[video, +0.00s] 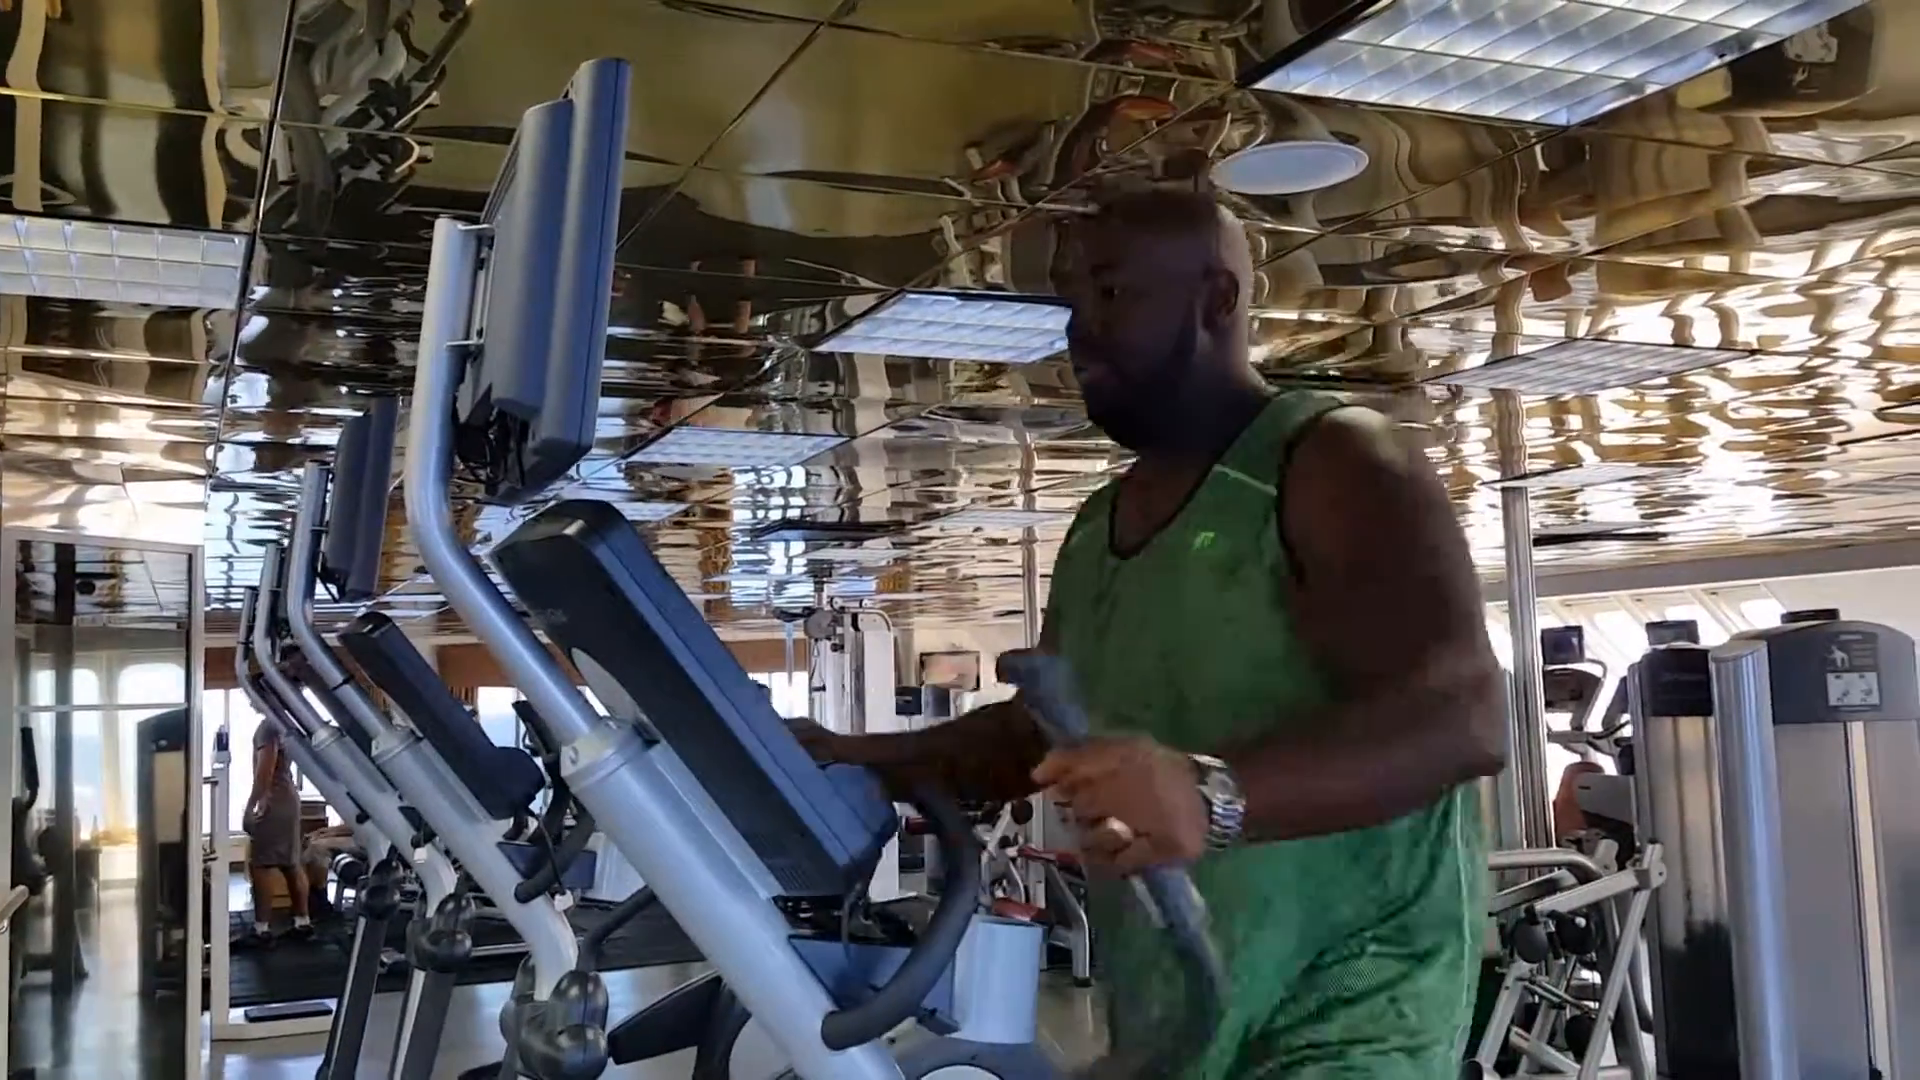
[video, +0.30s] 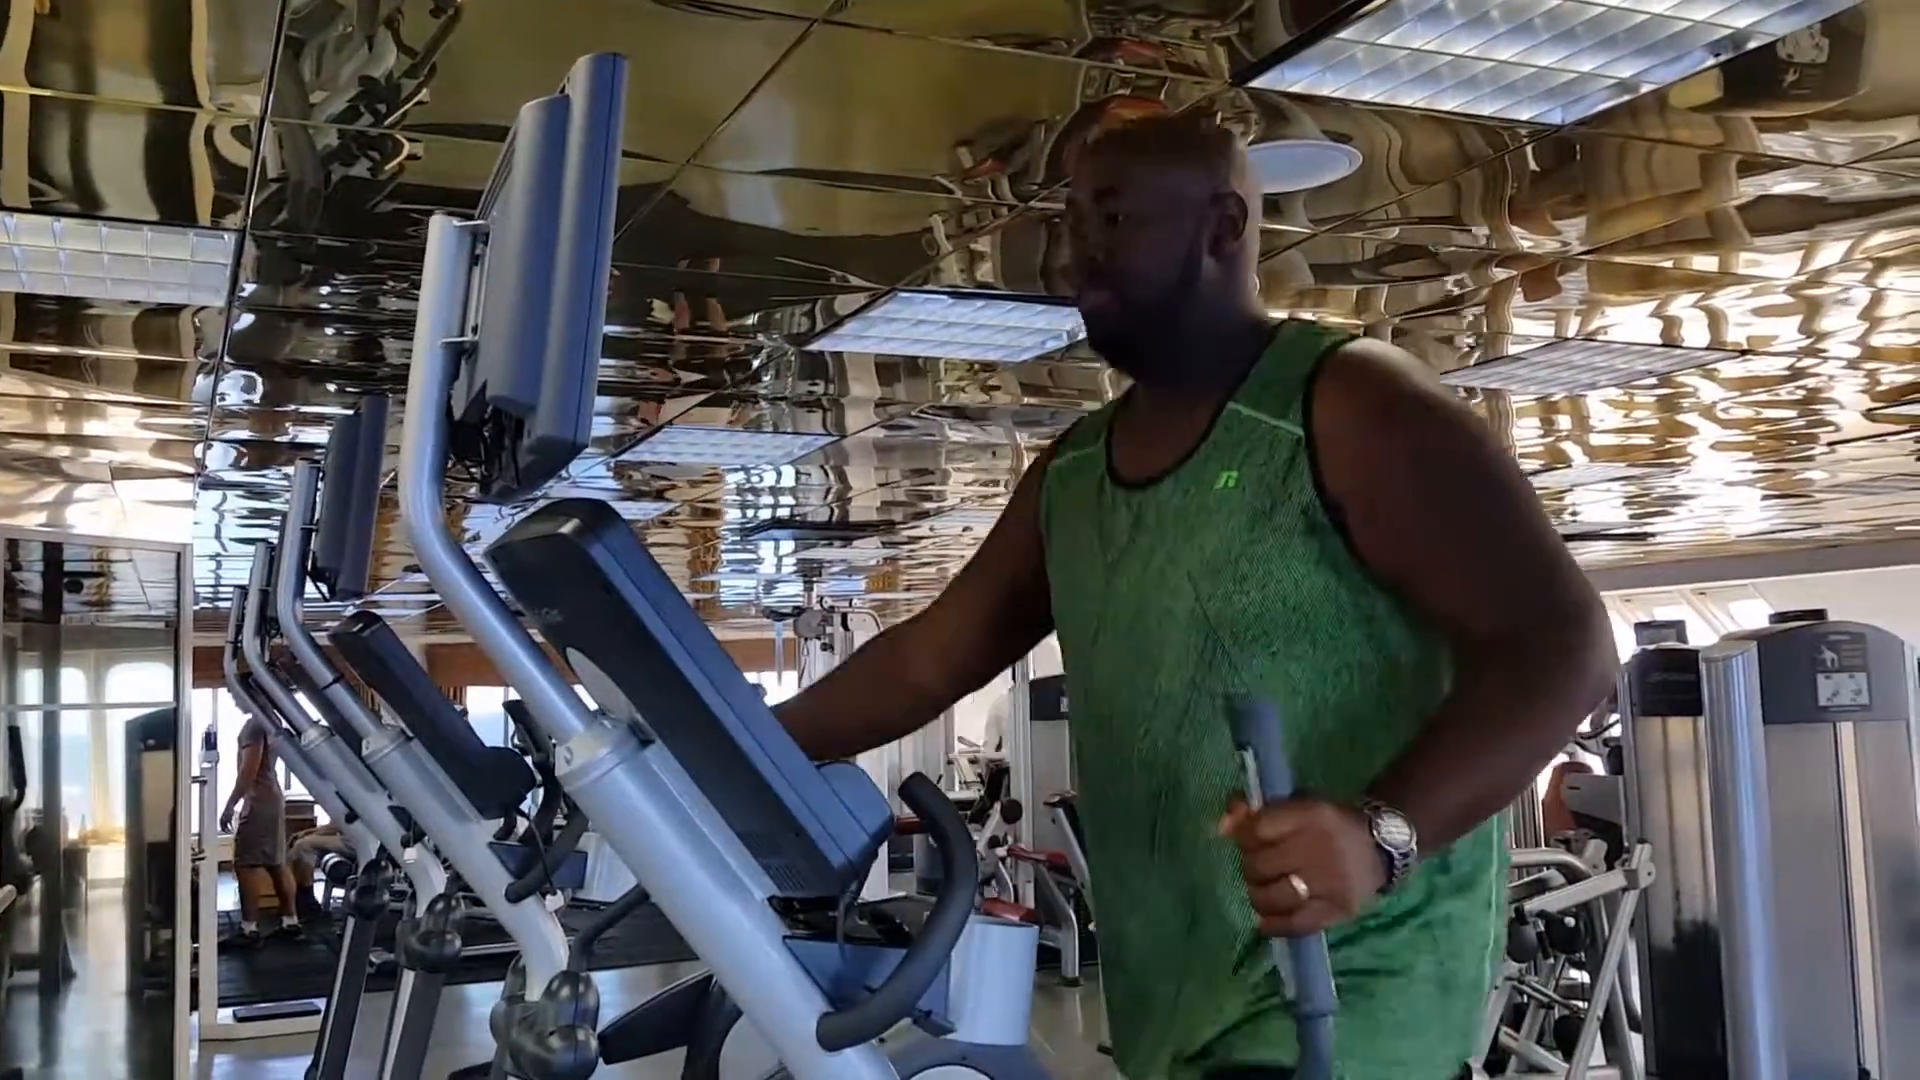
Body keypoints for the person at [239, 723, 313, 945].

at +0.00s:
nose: (248, 693)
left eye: (251, 693)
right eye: (247, 693)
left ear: (263, 693)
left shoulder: (267, 727)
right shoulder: (285, 723)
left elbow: (265, 771)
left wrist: (250, 806)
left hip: (271, 799)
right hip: (289, 798)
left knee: (260, 866)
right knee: (292, 864)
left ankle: (261, 927)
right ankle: (303, 922)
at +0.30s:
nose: (232, 698)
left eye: (235, 691)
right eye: (231, 692)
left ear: (249, 693)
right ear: (254, 694)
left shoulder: (254, 725)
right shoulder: (268, 722)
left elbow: (248, 772)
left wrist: (229, 807)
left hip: (258, 801)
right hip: (273, 799)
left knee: (245, 864)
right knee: (277, 863)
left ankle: (249, 926)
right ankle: (291, 922)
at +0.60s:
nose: (227, 700)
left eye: (230, 690)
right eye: (225, 692)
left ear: (244, 695)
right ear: (252, 696)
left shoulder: (250, 726)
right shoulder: (263, 724)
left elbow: (244, 773)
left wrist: (226, 808)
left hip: (254, 802)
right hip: (270, 800)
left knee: (241, 865)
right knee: (273, 864)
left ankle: (245, 928)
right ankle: (288, 923)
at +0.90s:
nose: (226, 684)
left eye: (229, 676)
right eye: (225, 676)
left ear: (244, 680)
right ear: (253, 683)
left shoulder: (249, 714)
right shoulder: (265, 712)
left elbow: (245, 761)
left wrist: (227, 797)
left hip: (252, 791)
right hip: (269, 788)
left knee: (240, 854)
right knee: (272, 852)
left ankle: (245, 915)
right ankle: (287, 910)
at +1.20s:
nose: (226, 675)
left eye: (230, 670)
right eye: (226, 670)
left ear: (242, 676)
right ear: (252, 677)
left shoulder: (248, 710)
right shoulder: (264, 707)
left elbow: (242, 757)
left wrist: (222, 793)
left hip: (250, 785)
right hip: (267, 783)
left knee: (238, 849)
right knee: (270, 848)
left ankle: (241, 911)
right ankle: (284, 907)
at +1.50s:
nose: (225, 675)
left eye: (229, 671)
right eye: (226, 671)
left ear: (241, 676)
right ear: (254, 677)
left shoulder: (246, 711)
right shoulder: (263, 707)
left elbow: (241, 757)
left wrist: (222, 793)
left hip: (250, 784)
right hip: (265, 782)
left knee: (235, 847)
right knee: (268, 846)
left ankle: (238, 909)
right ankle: (280, 904)